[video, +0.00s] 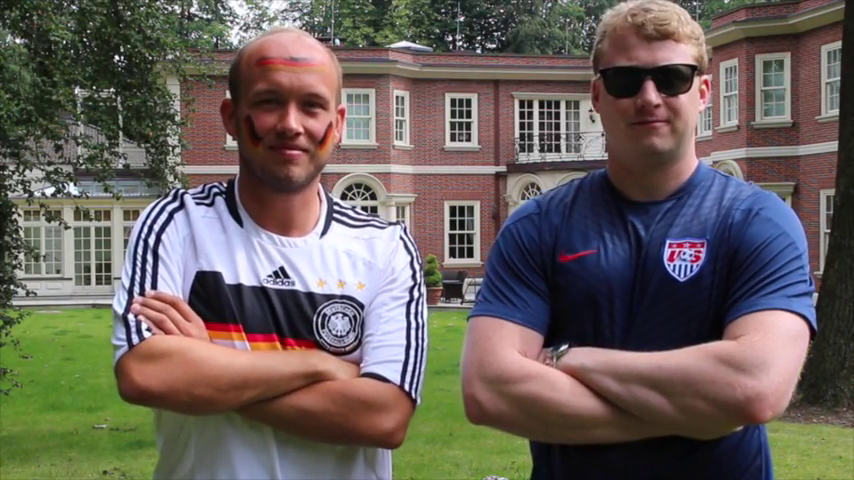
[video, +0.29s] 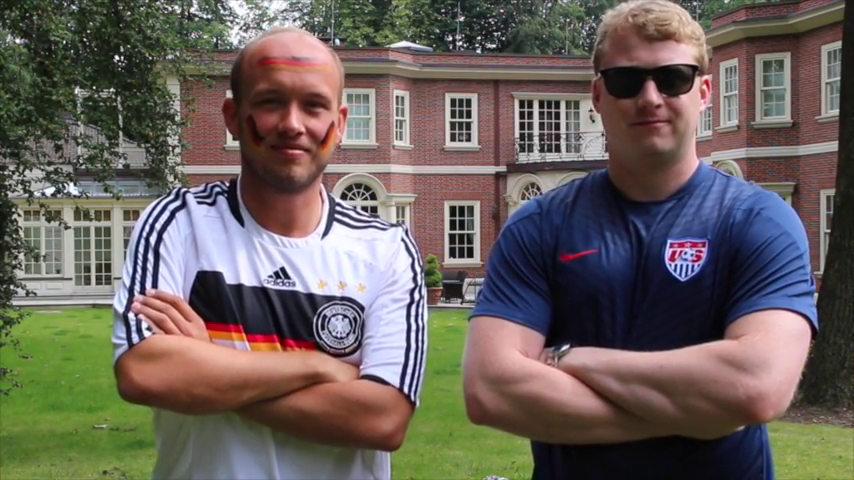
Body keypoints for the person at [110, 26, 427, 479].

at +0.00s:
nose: (291, 124)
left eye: (312, 105)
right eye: (269, 102)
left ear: (337, 124)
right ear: (231, 117)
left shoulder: (386, 248)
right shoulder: (173, 223)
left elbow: (386, 420)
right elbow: (140, 374)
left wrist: (212, 372)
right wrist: (321, 365)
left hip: (341, 475)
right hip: (202, 473)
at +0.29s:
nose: (293, 124)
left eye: (314, 105)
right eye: (271, 102)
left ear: (339, 123)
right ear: (233, 117)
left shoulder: (387, 250)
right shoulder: (175, 221)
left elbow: (385, 422)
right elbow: (140, 373)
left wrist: (211, 372)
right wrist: (319, 366)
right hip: (201, 473)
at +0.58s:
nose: (293, 125)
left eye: (314, 106)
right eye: (271, 102)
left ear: (339, 124)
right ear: (233, 117)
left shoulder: (387, 249)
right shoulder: (175, 221)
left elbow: (384, 421)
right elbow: (139, 373)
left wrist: (210, 371)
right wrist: (318, 365)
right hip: (200, 473)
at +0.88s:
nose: (291, 126)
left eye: (313, 106)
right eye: (269, 104)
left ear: (338, 124)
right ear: (232, 118)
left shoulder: (387, 248)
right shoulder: (174, 221)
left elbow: (385, 421)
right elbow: (139, 373)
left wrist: (211, 372)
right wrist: (318, 365)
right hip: (201, 473)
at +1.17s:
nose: (310, 129)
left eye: (324, 108)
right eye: (285, 106)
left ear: (338, 119)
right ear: (230, 120)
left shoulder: (381, 245)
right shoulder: (169, 225)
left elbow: (387, 415)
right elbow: (140, 377)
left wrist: (211, 374)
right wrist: (318, 363)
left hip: (342, 475)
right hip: (201, 473)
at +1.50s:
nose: (305, 129)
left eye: (314, 109)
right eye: (280, 107)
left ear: (324, 117)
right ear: (216, 121)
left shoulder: (361, 239)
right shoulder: (152, 229)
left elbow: (389, 403)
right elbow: (146, 386)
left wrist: (214, 376)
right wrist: (318, 358)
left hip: (338, 475)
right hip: (201, 473)